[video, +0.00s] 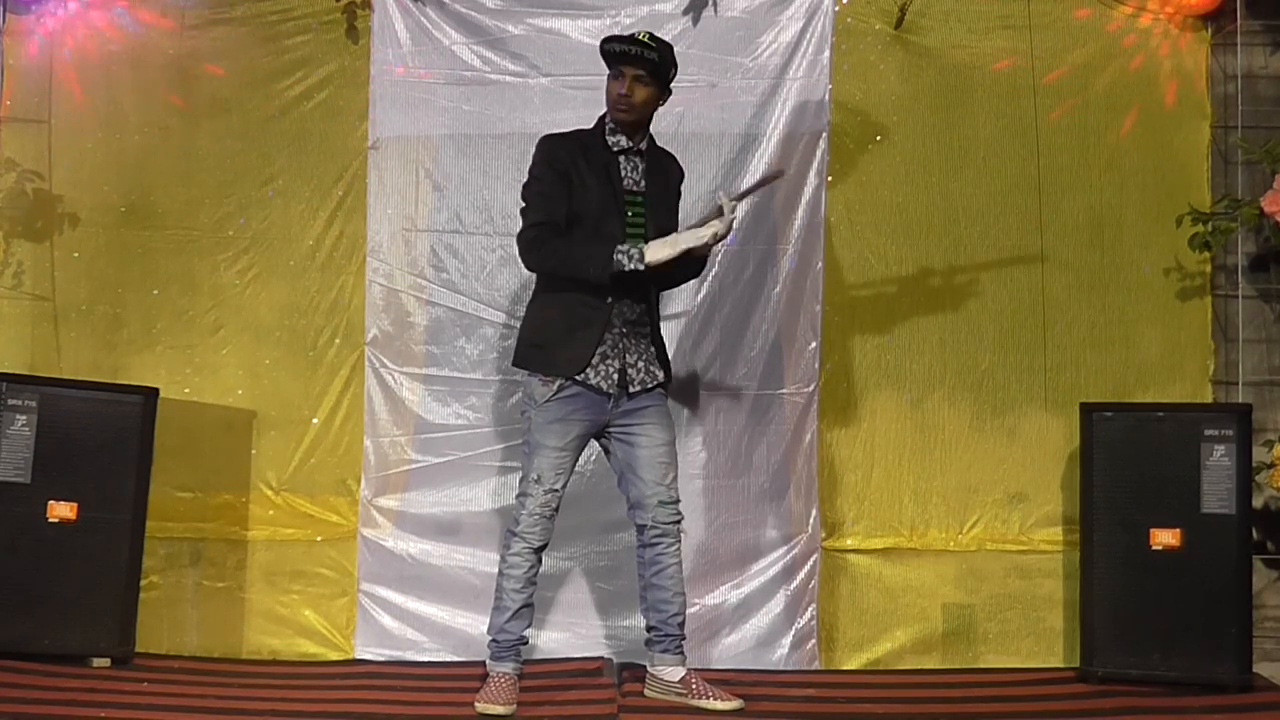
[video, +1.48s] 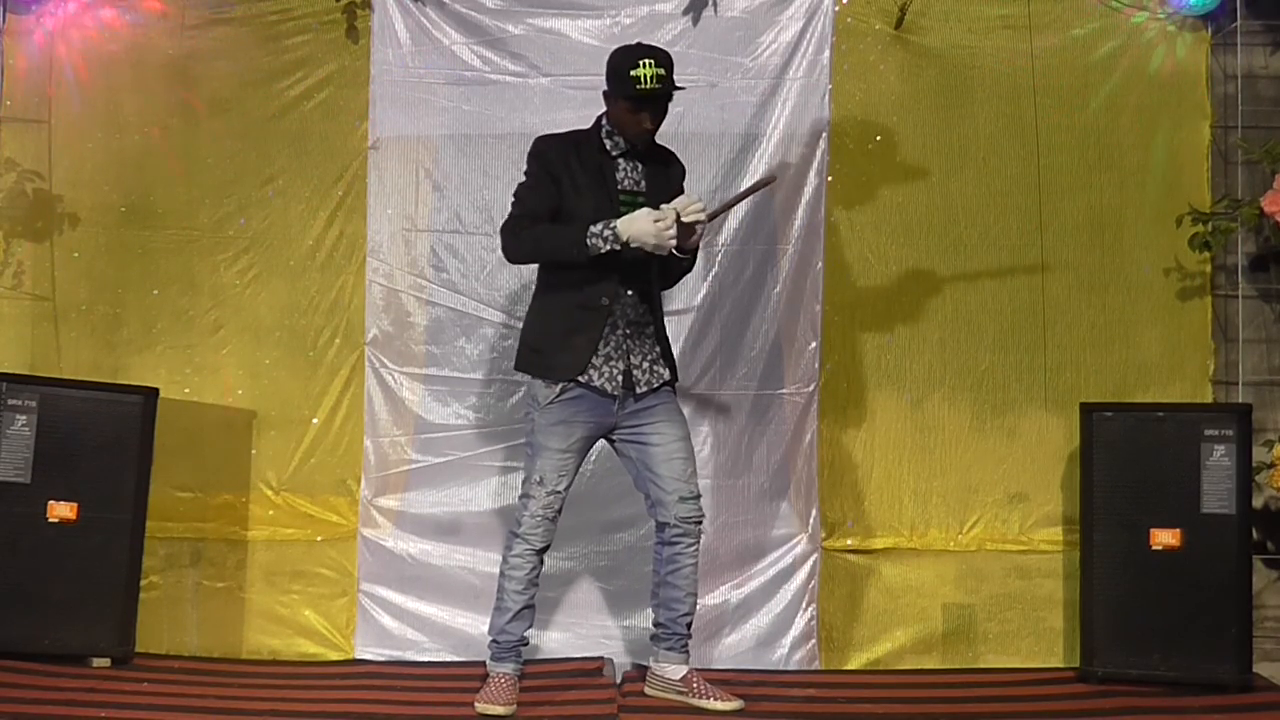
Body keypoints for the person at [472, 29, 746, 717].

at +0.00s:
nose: (624, 89)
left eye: (641, 81)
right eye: (617, 76)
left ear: (662, 95)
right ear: (604, 81)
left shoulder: (665, 171)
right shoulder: (559, 152)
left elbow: (653, 275)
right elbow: (537, 248)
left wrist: (698, 250)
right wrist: (625, 256)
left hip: (641, 372)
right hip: (565, 368)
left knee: (661, 517)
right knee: (533, 518)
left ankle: (667, 670)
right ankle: (503, 668)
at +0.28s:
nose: (622, 89)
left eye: (637, 79)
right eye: (614, 76)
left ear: (658, 91)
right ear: (601, 81)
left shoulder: (665, 170)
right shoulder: (557, 151)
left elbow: (650, 275)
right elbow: (532, 243)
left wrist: (692, 252)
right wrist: (632, 243)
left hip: (640, 372)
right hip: (565, 368)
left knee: (662, 520)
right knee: (534, 519)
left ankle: (666, 671)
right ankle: (503, 667)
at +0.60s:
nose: (621, 91)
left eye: (635, 81)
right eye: (611, 77)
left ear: (650, 91)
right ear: (591, 82)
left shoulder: (662, 171)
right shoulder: (553, 151)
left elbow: (650, 277)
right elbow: (529, 239)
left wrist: (685, 246)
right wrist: (633, 234)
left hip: (640, 373)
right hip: (564, 369)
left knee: (663, 520)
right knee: (532, 520)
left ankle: (667, 670)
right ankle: (503, 668)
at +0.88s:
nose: (642, 108)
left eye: (651, 97)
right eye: (631, 95)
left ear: (657, 99)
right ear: (600, 92)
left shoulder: (659, 170)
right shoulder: (552, 148)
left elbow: (652, 278)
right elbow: (508, 212)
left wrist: (672, 255)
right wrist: (605, 219)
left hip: (641, 376)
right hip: (565, 372)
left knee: (670, 515)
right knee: (534, 520)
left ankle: (667, 670)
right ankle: (503, 668)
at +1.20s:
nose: (656, 118)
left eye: (665, 107)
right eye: (645, 104)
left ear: (672, 106)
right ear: (615, 97)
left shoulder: (669, 173)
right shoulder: (560, 152)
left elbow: (660, 279)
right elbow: (516, 230)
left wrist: (682, 248)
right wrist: (618, 221)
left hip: (648, 381)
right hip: (569, 376)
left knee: (681, 514)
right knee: (536, 524)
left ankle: (668, 671)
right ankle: (503, 670)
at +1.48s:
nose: (651, 118)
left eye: (660, 106)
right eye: (640, 105)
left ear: (668, 104)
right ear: (609, 98)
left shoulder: (664, 167)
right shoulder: (557, 154)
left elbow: (661, 275)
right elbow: (518, 240)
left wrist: (683, 240)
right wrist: (616, 232)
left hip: (648, 380)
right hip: (568, 376)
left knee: (681, 512)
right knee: (535, 522)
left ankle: (668, 669)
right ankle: (503, 669)